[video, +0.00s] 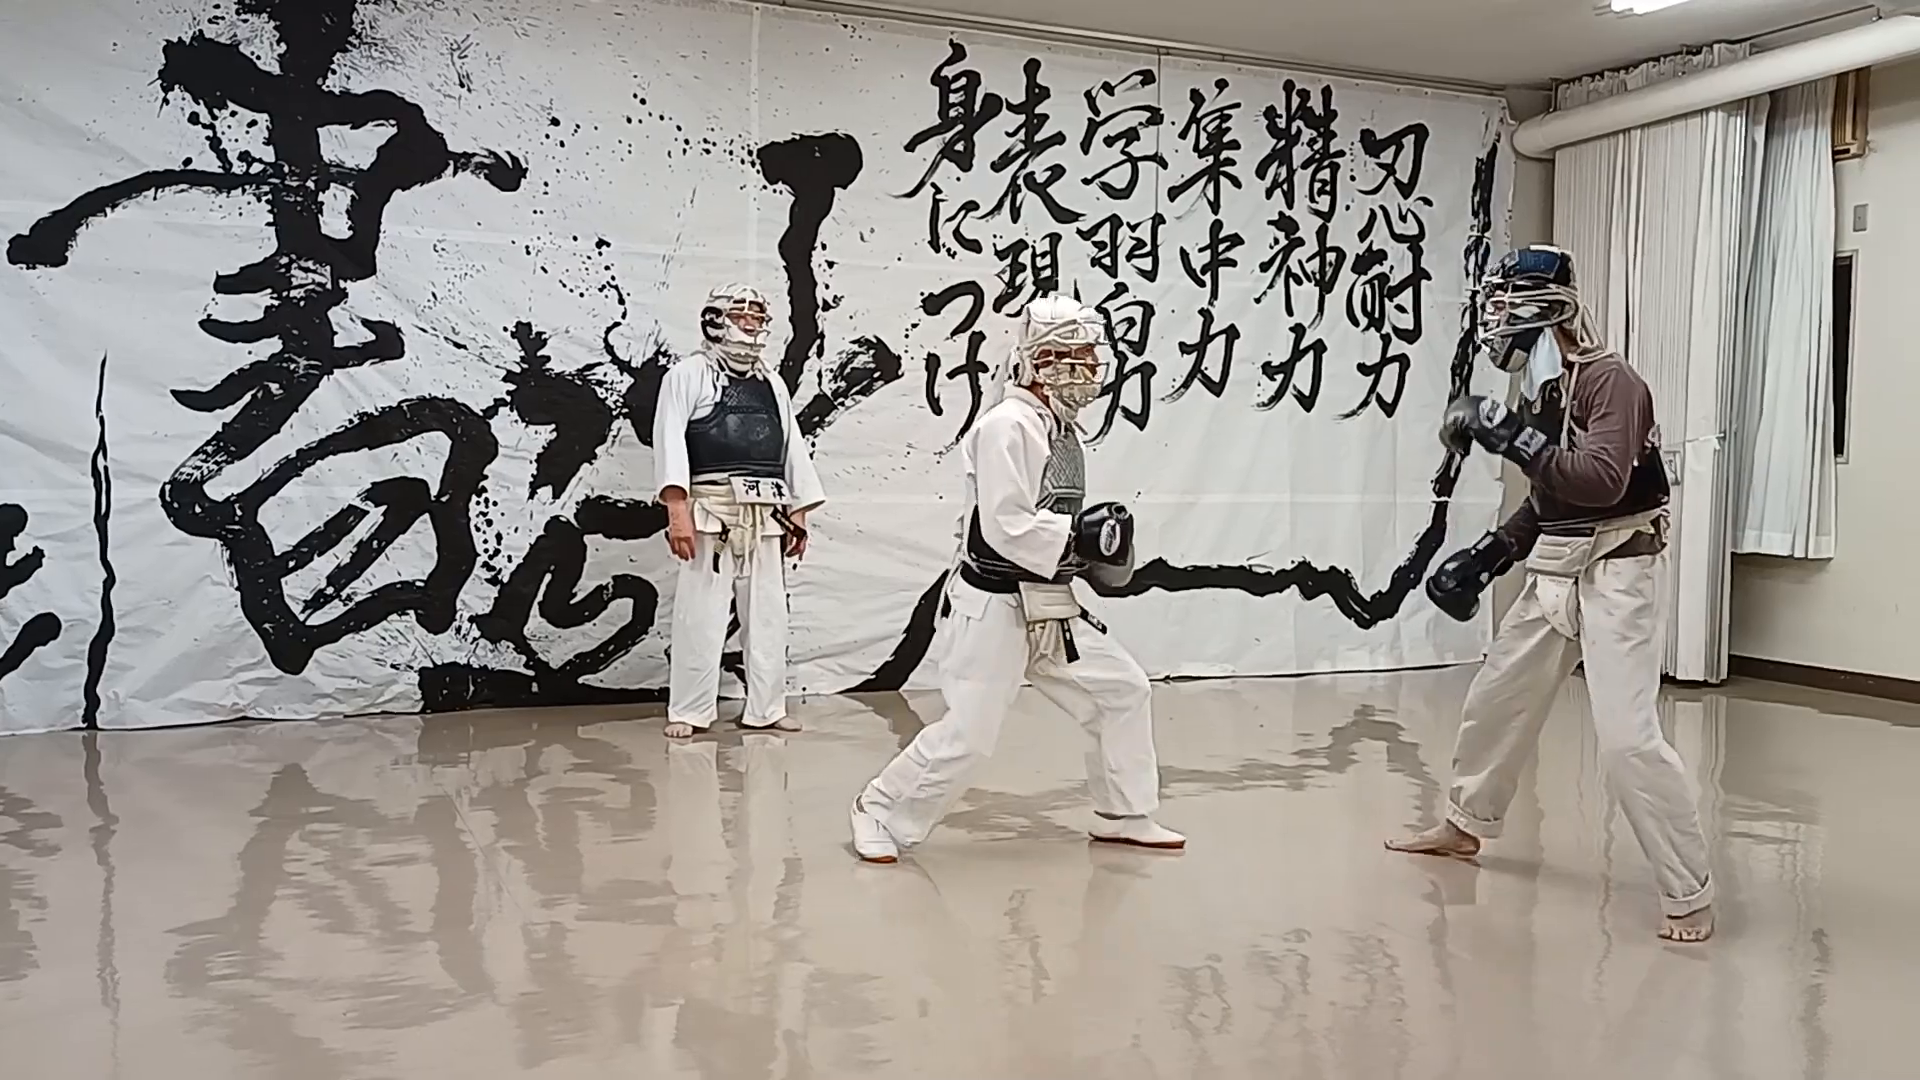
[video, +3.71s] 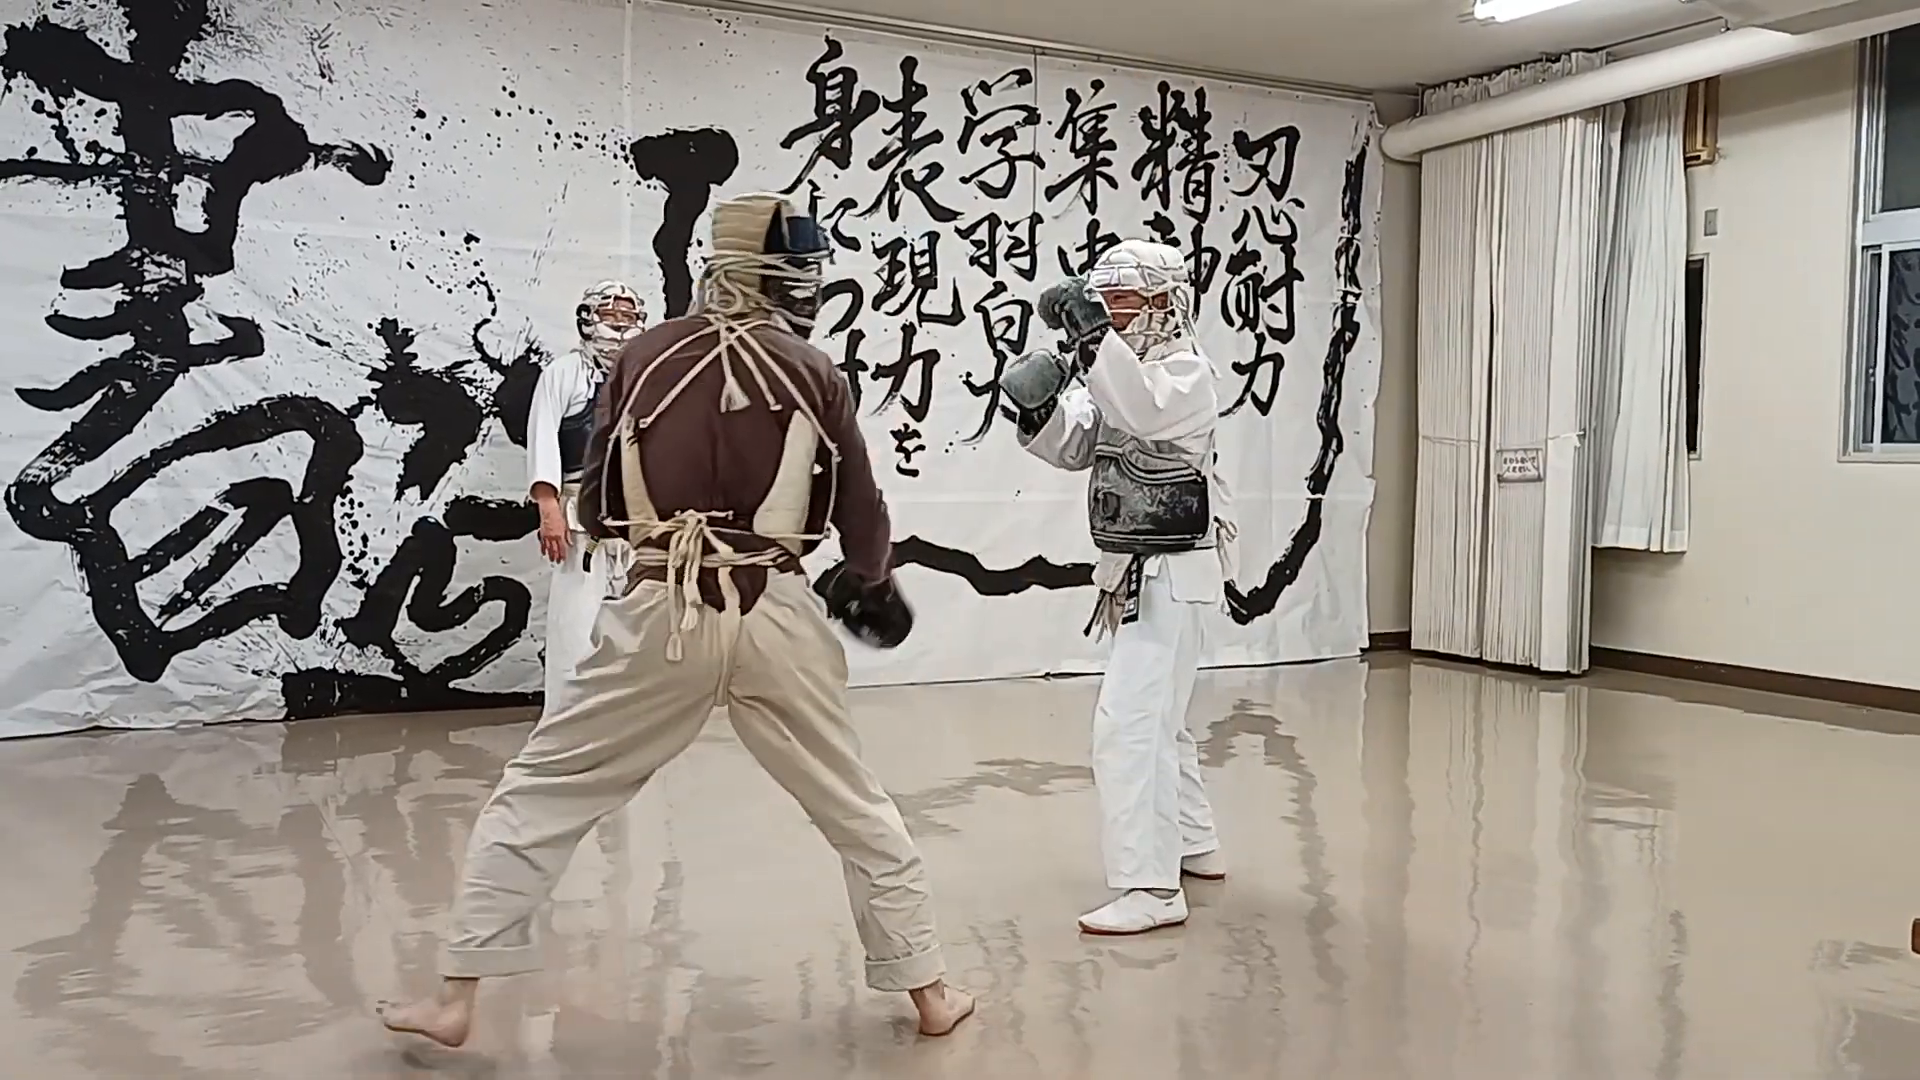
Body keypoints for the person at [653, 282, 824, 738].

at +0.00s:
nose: (752, 325)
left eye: (758, 319)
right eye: (742, 317)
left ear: (763, 326)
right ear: (717, 320)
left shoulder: (772, 381)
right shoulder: (687, 374)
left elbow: (791, 448)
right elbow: (669, 443)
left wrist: (798, 512)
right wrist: (677, 511)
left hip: (766, 511)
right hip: (706, 510)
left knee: (768, 615)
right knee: (699, 616)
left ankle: (765, 710)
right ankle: (689, 715)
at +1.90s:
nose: (700, 321)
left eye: (708, 315)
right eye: (690, 313)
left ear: (716, 323)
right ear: (669, 318)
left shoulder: (729, 378)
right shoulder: (643, 370)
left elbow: (750, 446)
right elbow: (623, 440)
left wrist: (756, 511)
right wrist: (630, 509)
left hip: (722, 510)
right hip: (660, 509)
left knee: (724, 615)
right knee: (653, 616)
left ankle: (720, 709)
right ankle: (644, 714)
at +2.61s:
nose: (632, 317)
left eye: (640, 311)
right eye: (622, 309)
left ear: (650, 320)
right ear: (601, 315)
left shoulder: (664, 378)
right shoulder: (574, 370)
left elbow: (684, 447)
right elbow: (552, 440)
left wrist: (688, 513)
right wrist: (557, 507)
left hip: (654, 511)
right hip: (590, 510)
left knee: (655, 618)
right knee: (583, 619)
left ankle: (651, 712)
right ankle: (572, 717)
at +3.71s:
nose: (624, 311)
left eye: (631, 305)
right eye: (613, 304)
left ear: (639, 316)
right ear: (590, 314)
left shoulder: (645, 368)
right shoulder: (566, 369)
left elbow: (667, 440)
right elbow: (542, 440)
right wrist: (549, 508)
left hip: (639, 512)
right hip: (580, 511)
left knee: (636, 631)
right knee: (574, 632)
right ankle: (563, 738)